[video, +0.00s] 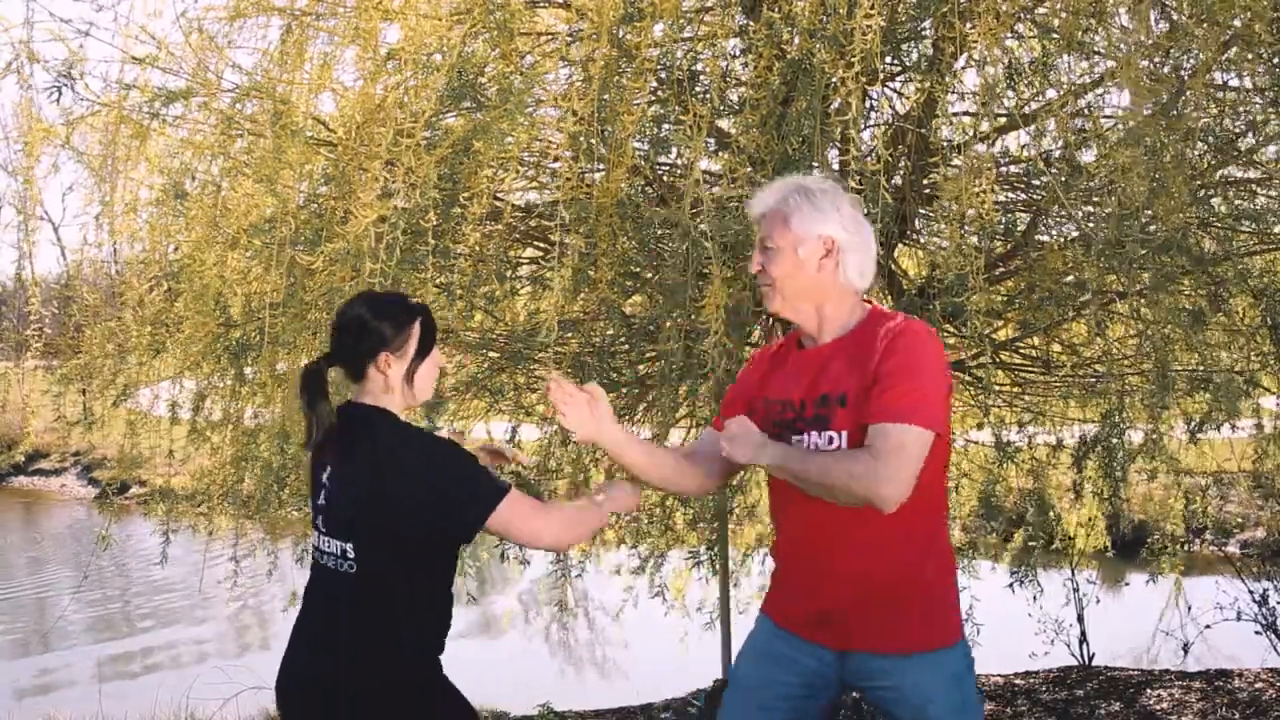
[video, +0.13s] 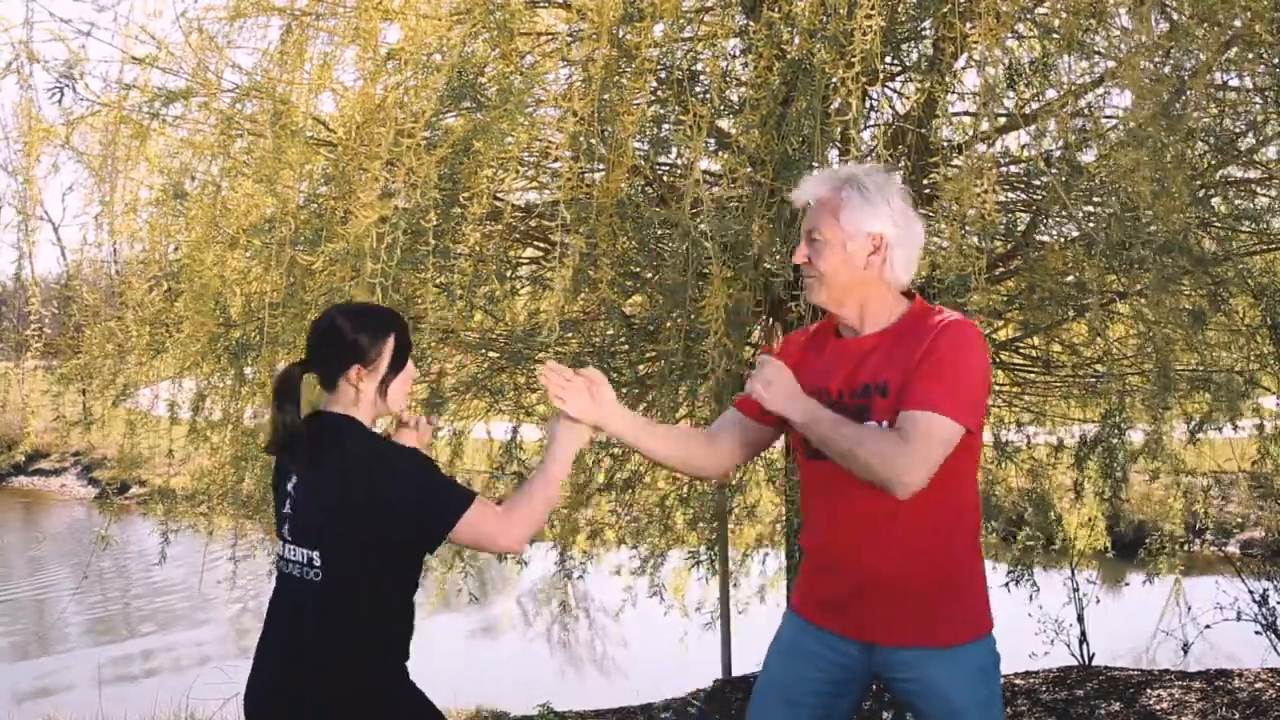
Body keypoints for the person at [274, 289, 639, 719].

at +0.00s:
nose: (439, 359)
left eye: (434, 346)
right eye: (429, 347)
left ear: (380, 362)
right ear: (389, 362)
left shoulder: (336, 436)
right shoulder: (430, 459)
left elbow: (392, 470)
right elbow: (548, 529)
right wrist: (606, 503)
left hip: (307, 686)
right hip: (397, 693)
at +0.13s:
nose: (412, 375)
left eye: (410, 361)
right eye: (403, 361)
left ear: (348, 374)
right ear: (360, 376)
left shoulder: (299, 445)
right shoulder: (390, 468)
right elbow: (509, 531)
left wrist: (398, 454)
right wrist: (566, 441)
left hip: (275, 690)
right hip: (366, 695)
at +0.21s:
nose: (397, 369)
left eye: (393, 357)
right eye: (386, 359)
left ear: (336, 372)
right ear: (341, 371)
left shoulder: (280, 436)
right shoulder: (363, 462)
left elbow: (365, 535)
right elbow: (480, 531)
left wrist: (393, 444)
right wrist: (518, 431)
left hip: (258, 684)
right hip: (342, 690)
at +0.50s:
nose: (390, 357)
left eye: (384, 344)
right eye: (378, 345)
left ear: (324, 365)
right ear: (333, 362)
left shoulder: (283, 432)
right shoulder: (359, 452)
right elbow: (493, 493)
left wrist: (400, 437)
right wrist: (529, 398)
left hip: (267, 682)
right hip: (348, 689)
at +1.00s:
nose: (431, 382)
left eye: (428, 368)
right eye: (424, 368)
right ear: (382, 372)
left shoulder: (312, 446)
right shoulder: (407, 454)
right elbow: (539, 499)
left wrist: (436, 432)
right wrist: (504, 436)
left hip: (300, 687)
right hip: (390, 688)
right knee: (482, 712)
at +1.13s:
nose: (464, 415)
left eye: (461, 399)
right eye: (456, 399)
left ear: (394, 401)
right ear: (413, 402)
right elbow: (579, 516)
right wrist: (686, 536)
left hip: (322, 694)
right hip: (414, 694)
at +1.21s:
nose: (472, 434)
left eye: (471, 420)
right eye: (466, 419)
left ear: (403, 417)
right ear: (425, 417)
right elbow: (581, 550)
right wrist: (682, 579)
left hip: (324, 698)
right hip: (418, 700)